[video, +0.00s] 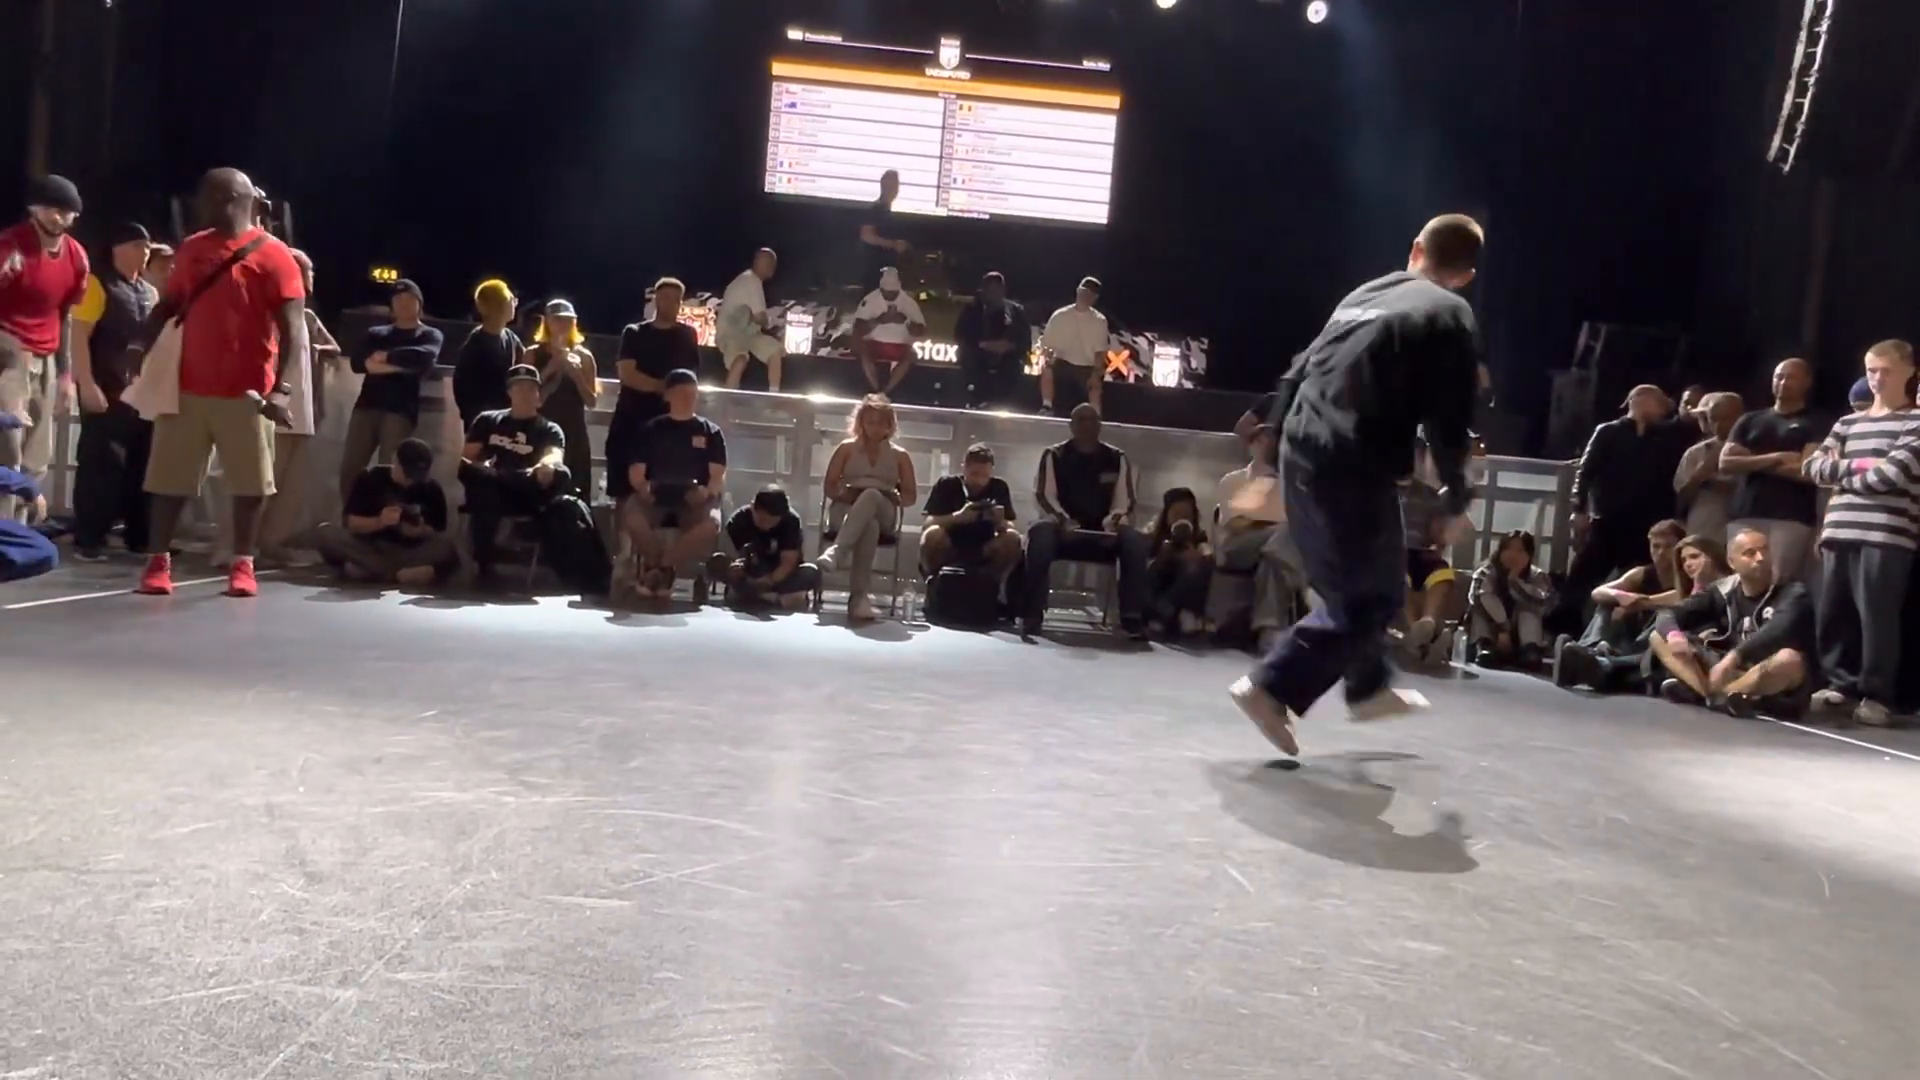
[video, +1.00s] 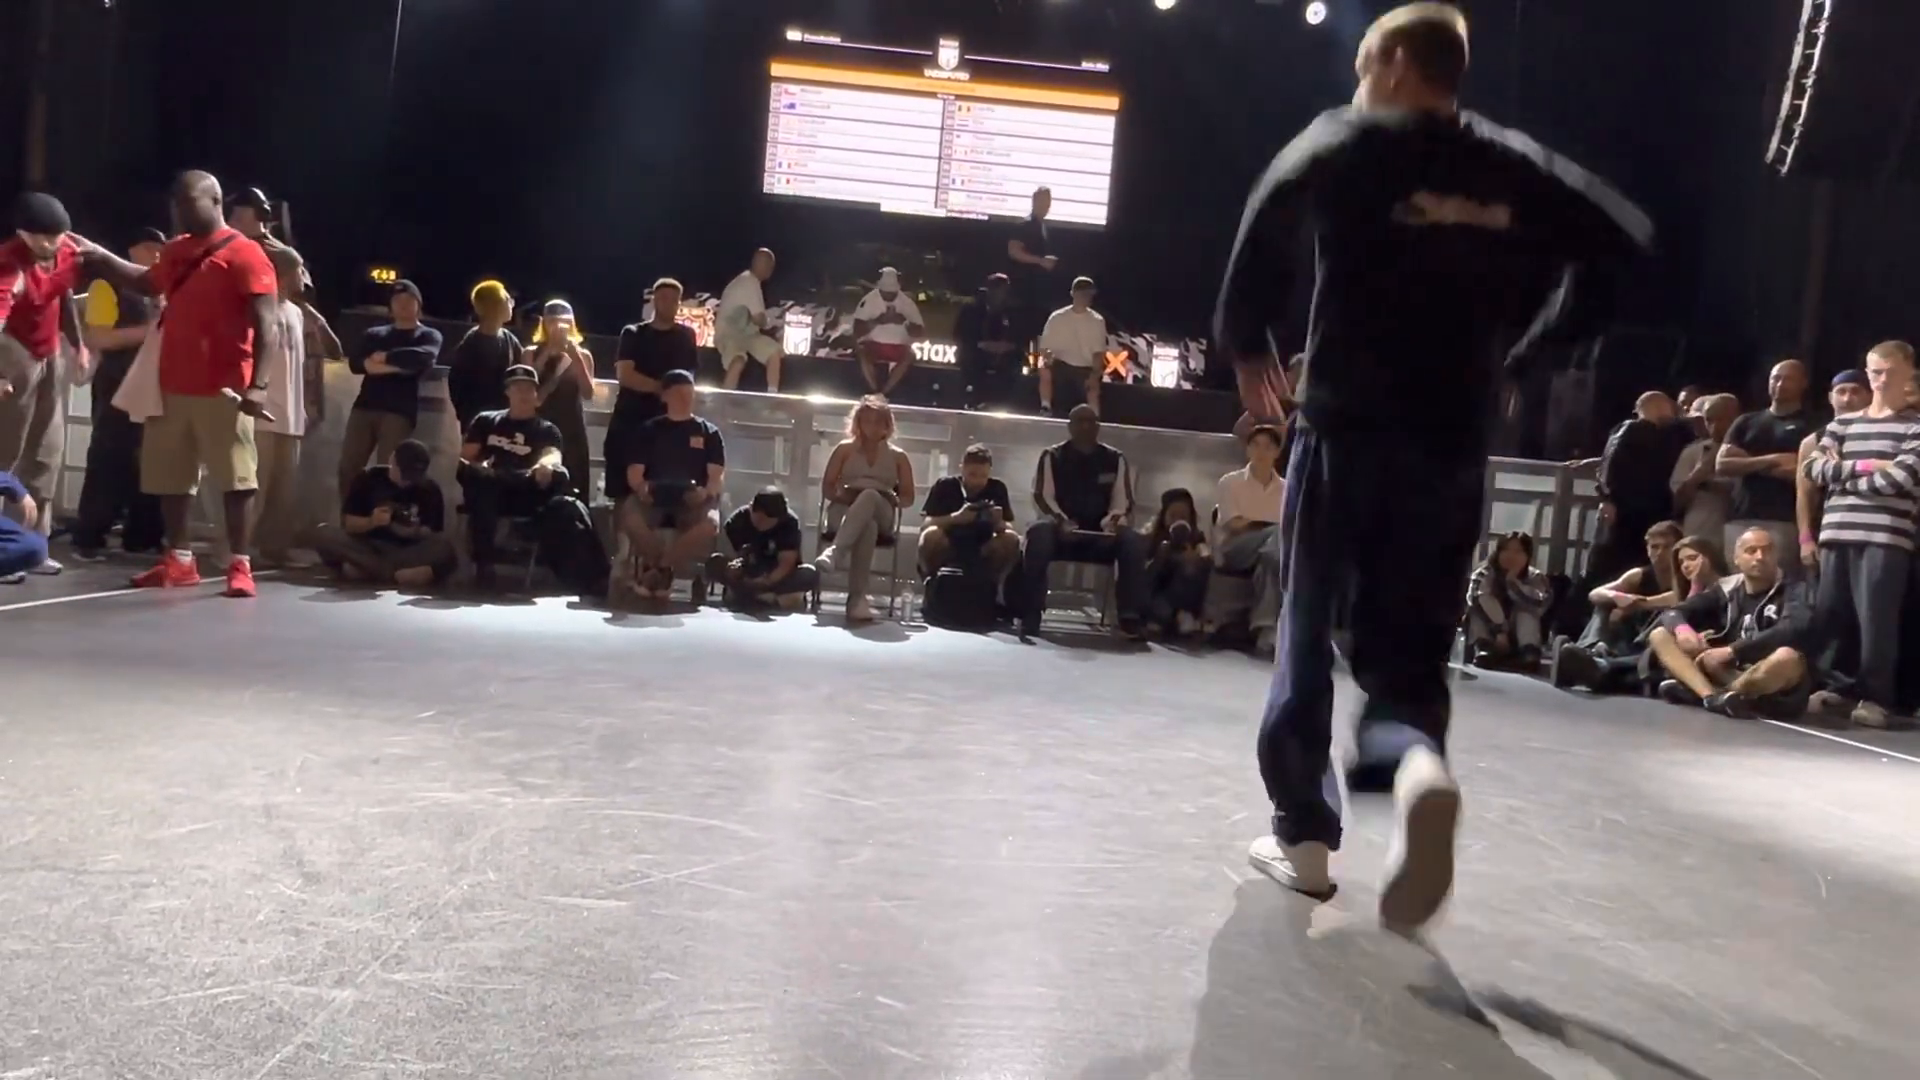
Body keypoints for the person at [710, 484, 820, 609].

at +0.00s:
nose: (765, 525)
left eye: (771, 522)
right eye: (762, 520)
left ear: (780, 516)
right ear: (753, 508)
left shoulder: (791, 521)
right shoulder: (737, 522)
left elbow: (789, 563)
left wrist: (769, 580)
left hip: (780, 568)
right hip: (751, 570)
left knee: (812, 572)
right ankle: (778, 600)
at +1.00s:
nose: (758, 522)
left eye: (765, 520)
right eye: (757, 517)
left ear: (777, 518)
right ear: (752, 509)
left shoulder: (789, 523)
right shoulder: (735, 523)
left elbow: (787, 563)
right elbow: (741, 556)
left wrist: (767, 580)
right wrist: (735, 566)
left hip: (778, 569)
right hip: (749, 569)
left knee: (810, 573)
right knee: (715, 563)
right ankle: (773, 600)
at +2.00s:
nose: (770, 525)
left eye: (774, 521)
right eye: (767, 521)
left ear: (779, 516)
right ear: (754, 513)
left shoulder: (790, 523)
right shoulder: (735, 523)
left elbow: (787, 564)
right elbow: (744, 558)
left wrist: (765, 584)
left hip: (779, 570)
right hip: (752, 571)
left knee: (809, 574)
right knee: (715, 563)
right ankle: (777, 601)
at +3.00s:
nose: (752, 537)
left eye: (757, 533)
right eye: (748, 531)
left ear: (767, 528)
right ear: (742, 523)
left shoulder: (780, 532)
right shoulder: (726, 534)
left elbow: (777, 572)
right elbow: (735, 569)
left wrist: (761, 592)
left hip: (770, 579)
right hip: (742, 581)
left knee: (800, 582)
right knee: (705, 572)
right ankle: (767, 611)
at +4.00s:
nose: (741, 542)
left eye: (747, 538)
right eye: (738, 537)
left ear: (756, 533)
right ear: (731, 529)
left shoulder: (769, 539)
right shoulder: (714, 541)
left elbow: (766, 579)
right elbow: (722, 573)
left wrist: (748, 598)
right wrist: (715, 582)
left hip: (760, 584)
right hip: (731, 585)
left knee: (790, 588)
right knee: (695, 582)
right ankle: (756, 616)